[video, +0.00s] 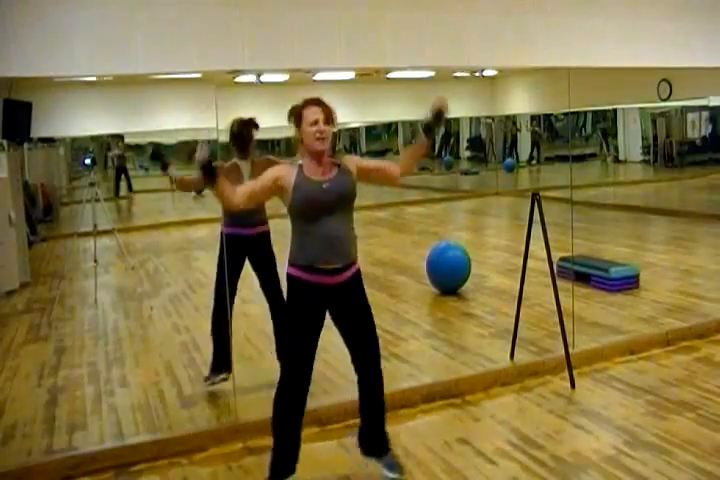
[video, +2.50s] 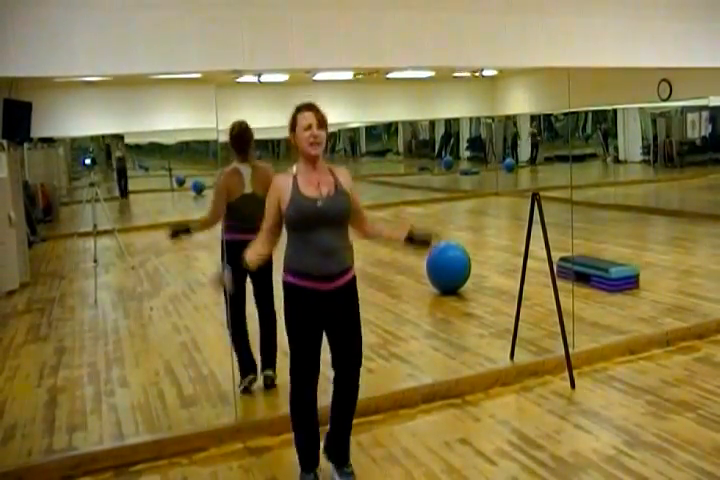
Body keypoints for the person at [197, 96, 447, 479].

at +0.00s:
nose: (322, 129)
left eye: (326, 122)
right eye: (313, 124)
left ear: (334, 128)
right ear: (298, 132)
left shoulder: (348, 167)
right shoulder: (283, 174)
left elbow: (399, 170)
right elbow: (237, 201)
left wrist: (430, 132)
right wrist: (213, 173)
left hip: (347, 281)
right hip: (305, 283)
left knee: (369, 364)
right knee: (295, 378)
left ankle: (375, 446)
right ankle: (281, 469)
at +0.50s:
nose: (321, 133)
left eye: (326, 127)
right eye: (314, 128)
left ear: (334, 133)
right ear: (300, 137)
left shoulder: (351, 181)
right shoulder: (287, 188)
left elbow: (380, 225)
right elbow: (261, 234)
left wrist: (422, 248)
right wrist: (243, 251)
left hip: (347, 289)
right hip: (304, 292)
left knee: (360, 377)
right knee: (310, 382)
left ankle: (357, 460)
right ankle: (308, 466)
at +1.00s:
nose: (324, 153)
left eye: (330, 147)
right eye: (317, 148)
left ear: (338, 154)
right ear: (304, 157)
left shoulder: (352, 184)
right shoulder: (292, 193)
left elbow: (386, 145)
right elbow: (245, 162)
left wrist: (380, 92)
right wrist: (254, 107)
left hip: (352, 308)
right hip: (308, 311)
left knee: (384, 384)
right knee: (285, 400)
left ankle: (403, 457)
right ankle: (262, 475)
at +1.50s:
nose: (321, 154)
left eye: (325, 147)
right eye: (313, 148)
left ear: (331, 153)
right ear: (298, 157)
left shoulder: (343, 197)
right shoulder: (286, 205)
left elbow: (353, 257)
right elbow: (278, 267)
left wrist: (373, 308)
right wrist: (268, 323)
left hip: (346, 314)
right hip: (305, 316)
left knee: (353, 399)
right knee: (311, 399)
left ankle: (339, 465)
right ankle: (310, 470)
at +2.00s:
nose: (317, 169)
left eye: (321, 163)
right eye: (309, 164)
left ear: (329, 170)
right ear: (297, 174)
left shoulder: (342, 199)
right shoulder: (288, 208)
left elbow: (373, 152)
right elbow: (247, 170)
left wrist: (354, 108)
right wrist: (266, 125)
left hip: (348, 323)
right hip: (303, 327)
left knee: (384, 390)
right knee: (278, 410)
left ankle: (395, 456)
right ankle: (259, 476)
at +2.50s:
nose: (315, 134)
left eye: (319, 127)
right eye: (307, 129)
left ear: (327, 133)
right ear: (293, 136)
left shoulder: (341, 176)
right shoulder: (282, 183)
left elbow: (363, 226)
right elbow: (266, 235)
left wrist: (403, 235)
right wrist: (251, 258)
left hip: (342, 286)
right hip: (300, 288)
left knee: (349, 370)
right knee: (304, 375)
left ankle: (338, 453)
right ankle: (307, 465)